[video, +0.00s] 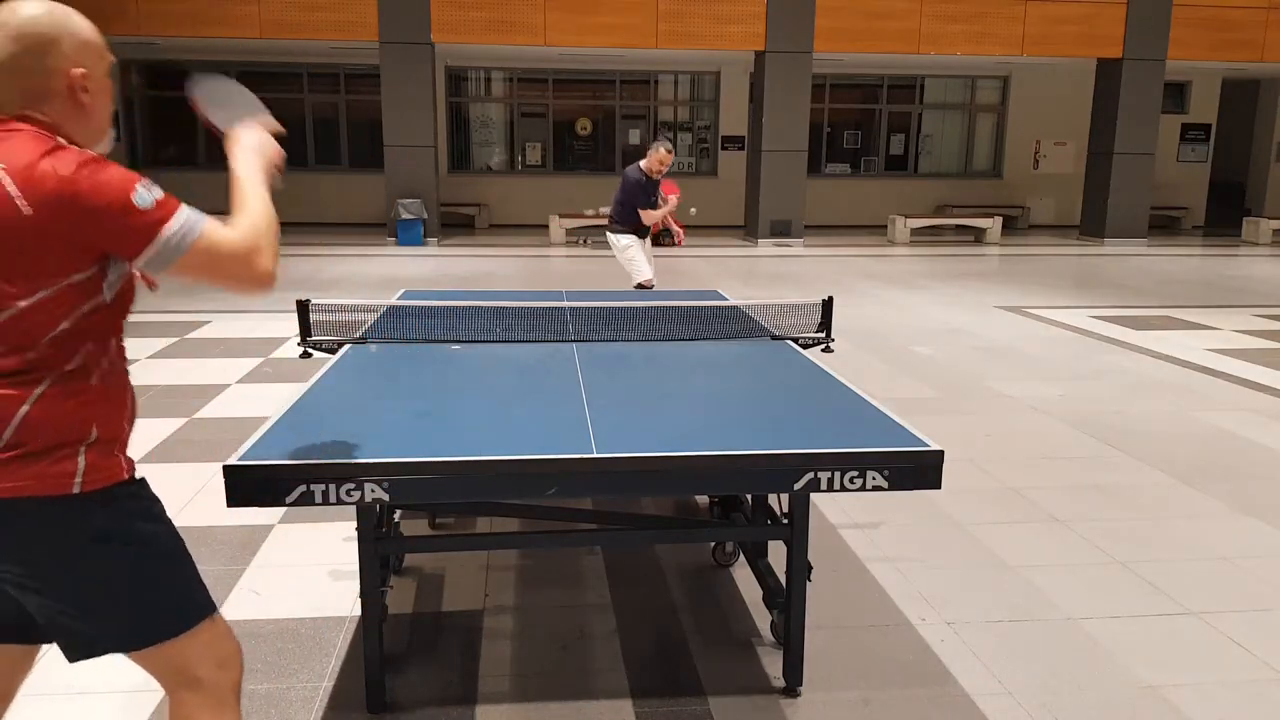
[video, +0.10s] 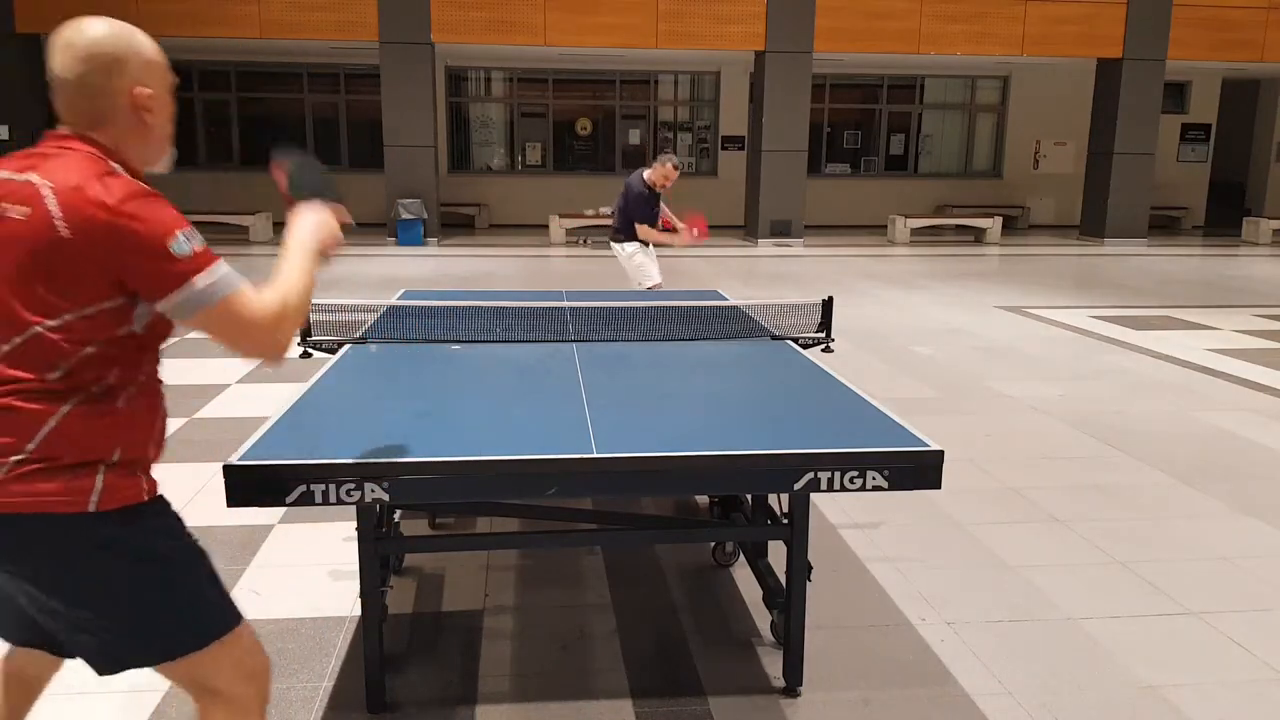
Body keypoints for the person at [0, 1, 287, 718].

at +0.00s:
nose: (114, 89)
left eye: (109, 73)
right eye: (106, 74)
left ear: (14, 85)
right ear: (75, 85)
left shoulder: (9, 162)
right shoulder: (70, 180)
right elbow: (253, 260)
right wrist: (250, 157)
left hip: (7, 492)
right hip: (66, 496)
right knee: (209, 670)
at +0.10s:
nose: (172, 109)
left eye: (170, 93)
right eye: (168, 93)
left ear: (71, 98)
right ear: (140, 101)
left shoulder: (12, 178)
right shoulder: (119, 205)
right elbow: (266, 334)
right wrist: (308, 230)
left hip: (12, 501)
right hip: (88, 510)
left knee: (25, 661)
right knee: (237, 681)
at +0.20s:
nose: (231, 131)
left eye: (228, 113)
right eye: (227, 113)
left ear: (122, 116)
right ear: (202, 123)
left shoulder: (39, 194)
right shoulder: (158, 230)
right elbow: (263, 393)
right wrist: (342, 323)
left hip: (15, 498)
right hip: (108, 510)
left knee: (70, 636)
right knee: (259, 681)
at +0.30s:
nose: (261, 139)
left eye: (262, 121)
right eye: (261, 121)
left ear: (161, 114)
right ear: (236, 126)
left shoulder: (71, 186)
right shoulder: (186, 229)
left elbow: (97, 345)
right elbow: (247, 415)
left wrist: (216, 342)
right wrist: (346, 373)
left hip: (19, 488)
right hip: (115, 505)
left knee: (82, 647)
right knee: (260, 677)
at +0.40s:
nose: (283, 144)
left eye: (282, 127)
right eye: (281, 126)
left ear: (178, 118)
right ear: (256, 132)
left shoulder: (98, 183)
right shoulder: (192, 236)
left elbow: (124, 313)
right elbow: (242, 422)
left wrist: (235, 316)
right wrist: (349, 389)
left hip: (24, 489)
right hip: (110, 505)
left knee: (83, 654)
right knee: (284, 660)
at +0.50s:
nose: (313, 161)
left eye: (312, 144)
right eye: (310, 143)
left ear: (206, 133)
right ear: (279, 151)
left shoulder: (131, 194)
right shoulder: (203, 255)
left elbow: (170, 302)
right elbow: (268, 437)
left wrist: (279, 311)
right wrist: (374, 390)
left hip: (39, 496)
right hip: (120, 510)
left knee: (90, 657)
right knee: (297, 662)